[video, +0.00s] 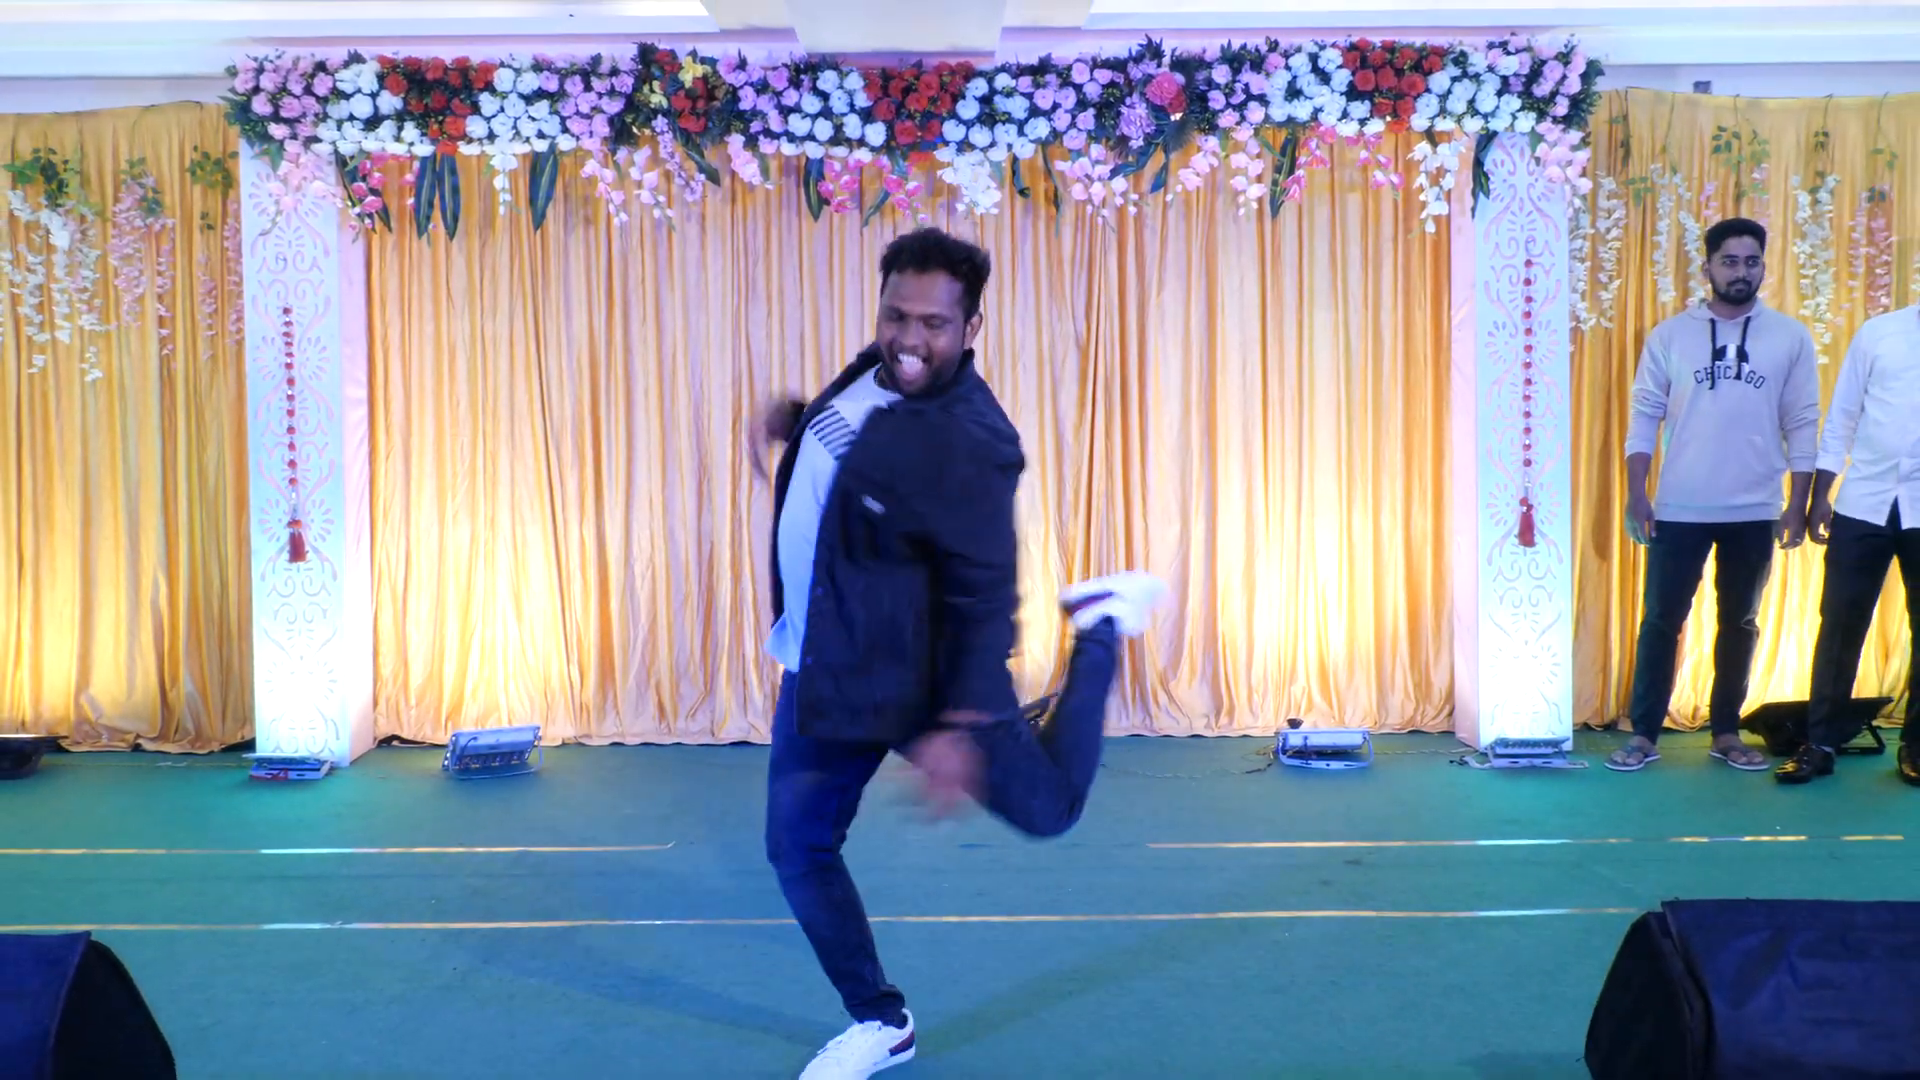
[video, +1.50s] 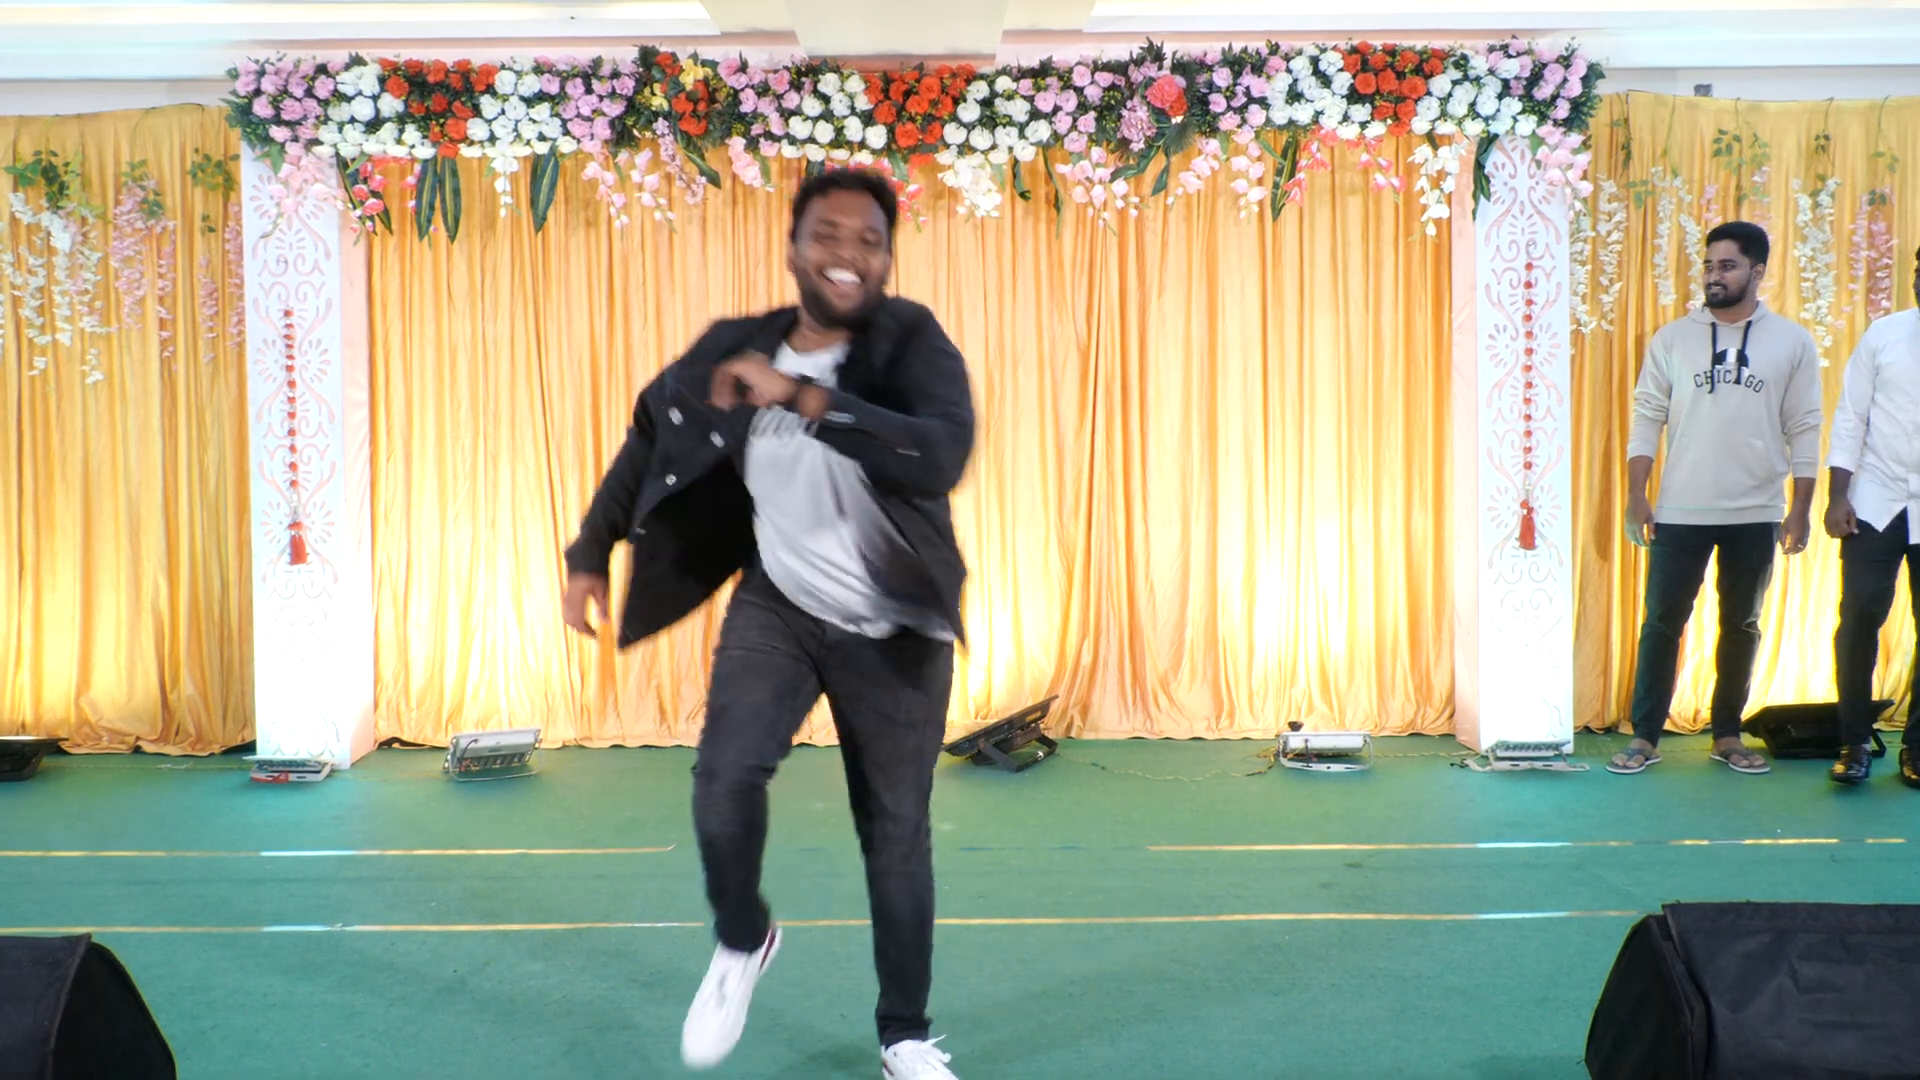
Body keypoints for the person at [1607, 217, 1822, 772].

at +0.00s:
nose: (1741, 270)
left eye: (1751, 261)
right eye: (1730, 260)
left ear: (1764, 268)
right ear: (1708, 266)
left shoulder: (1789, 338)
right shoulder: (1670, 335)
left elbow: (1802, 422)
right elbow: (1645, 413)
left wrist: (1799, 501)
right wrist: (1636, 489)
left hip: (1753, 509)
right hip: (1681, 506)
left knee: (1739, 627)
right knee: (1660, 622)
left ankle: (1726, 734)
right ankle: (1643, 735)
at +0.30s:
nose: (1742, 271)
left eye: (1752, 262)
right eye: (1730, 261)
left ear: (1764, 270)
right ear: (1708, 267)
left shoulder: (1790, 339)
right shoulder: (1670, 336)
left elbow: (1803, 424)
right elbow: (1645, 415)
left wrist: (1802, 503)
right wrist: (1637, 492)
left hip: (1754, 510)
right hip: (1681, 507)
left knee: (1740, 628)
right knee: (1660, 622)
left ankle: (1726, 734)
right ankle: (1644, 735)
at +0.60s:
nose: (1740, 272)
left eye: (1751, 263)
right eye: (1728, 262)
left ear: (1765, 271)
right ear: (1708, 268)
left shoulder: (1791, 340)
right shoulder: (1671, 337)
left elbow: (1804, 424)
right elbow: (1646, 414)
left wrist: (1802, 503)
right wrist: (1637, 490)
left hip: (1754, 510)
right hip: (1682, 507)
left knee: (1741, 627)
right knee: (1660, 623)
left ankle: (1727, 734)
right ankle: (1644, 735)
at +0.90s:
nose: (1734, 273)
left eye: (1746, 264)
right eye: (1724, 263)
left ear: (1764, 272)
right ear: (1708, 270)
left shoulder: (1792, 341)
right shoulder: (1672, 337)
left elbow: (1804, 425)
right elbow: (1647, 415)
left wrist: (1802, 504)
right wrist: (1637, 491)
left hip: (1755, 510)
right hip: (1682, 507)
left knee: (1741, 628)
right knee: (1661, 623)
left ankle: (1727, 736)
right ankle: (1645, 736)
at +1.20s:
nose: (1725, 273)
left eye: (1738, 264)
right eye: (1716, 263)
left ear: (1761, 272)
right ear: (1706, 269)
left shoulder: (1792, 342)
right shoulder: (1672, 338)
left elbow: (1804, 426)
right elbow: (1646, 415)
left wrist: (1801, 507)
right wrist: (1636, 491)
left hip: (1754, 511)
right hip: (1681, 508)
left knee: (1741, 628)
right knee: (1661, 623)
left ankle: (1727, 735)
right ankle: (1645, 736)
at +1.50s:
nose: (1714, 275)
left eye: (1727, 266)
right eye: (1709, 266)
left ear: (1757, 272)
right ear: (1703, 270)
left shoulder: (1791, 342)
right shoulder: (1672, 339)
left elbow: (1804, 427)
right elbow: (1647, 416)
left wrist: (1800, 507)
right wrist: (1636, 491)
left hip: (1754, 511)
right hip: (1681, 509)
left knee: (1741, 629)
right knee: (1661, 623)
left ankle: (1727, 737)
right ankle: (1644, 737)